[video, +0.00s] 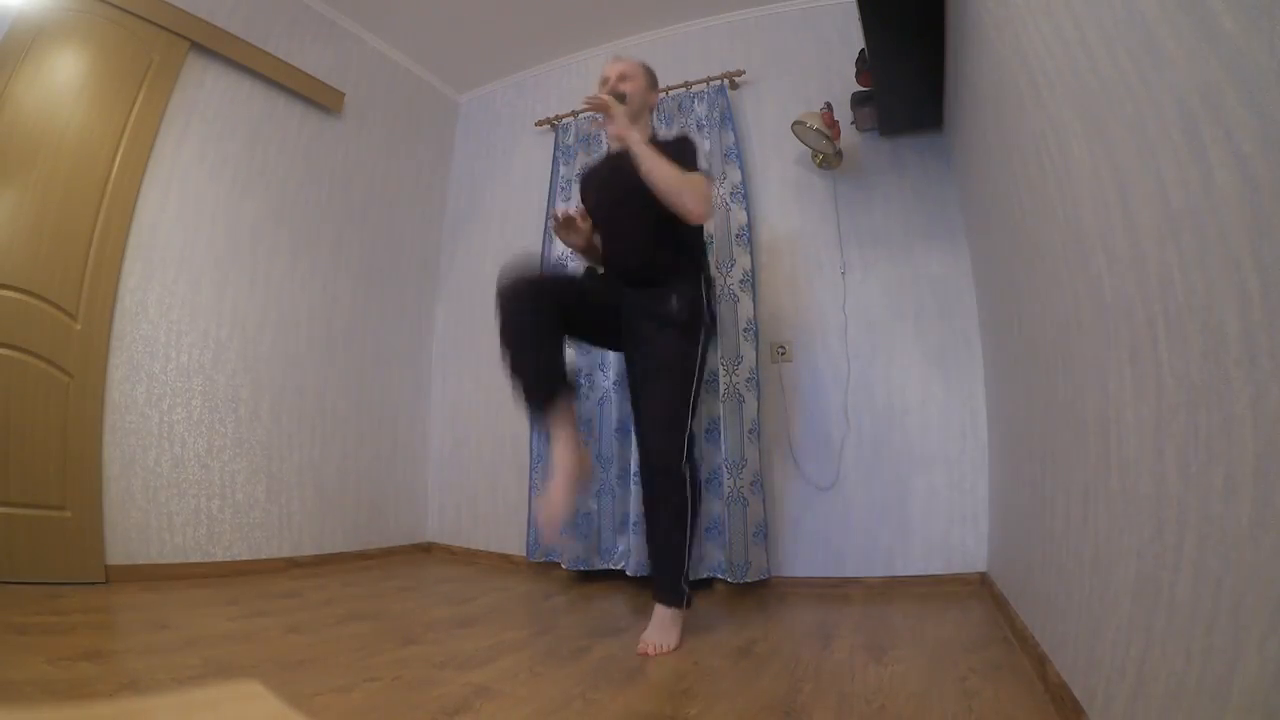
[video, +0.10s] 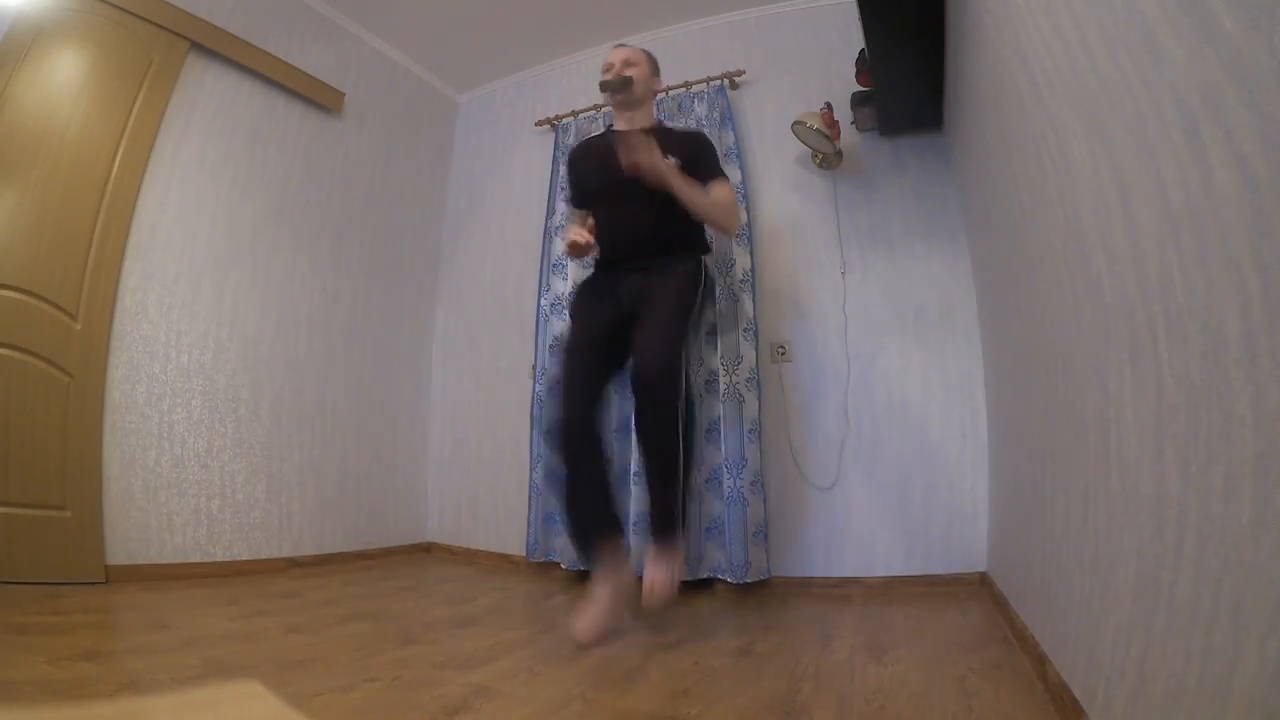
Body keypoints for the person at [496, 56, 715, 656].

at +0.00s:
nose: (612, 87)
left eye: (625, 79)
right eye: (605, 80)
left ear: (654, 98)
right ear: (596, 99)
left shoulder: (675, 150)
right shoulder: (597, 176)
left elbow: (698, 207)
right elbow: (606, 256)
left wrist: (635, 140)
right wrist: (583, 242)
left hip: (670, 311)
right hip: (614, 306)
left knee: (663, 452)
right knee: (523, 292)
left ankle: (669, 601)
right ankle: (566, 444)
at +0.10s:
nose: (617, 71)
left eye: (630, 64)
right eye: (608, 68)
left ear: (657, 84)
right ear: (600, 91)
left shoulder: (688, 144)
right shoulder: (586, 156)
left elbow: (729, 217)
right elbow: (580, 221)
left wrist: (669, 175)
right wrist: (578, 237)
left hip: (673, 275)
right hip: (608, 281)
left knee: (655, 370)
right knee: (575, 401)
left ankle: (663, 541)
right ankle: (607, 562)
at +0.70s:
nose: (629, 90)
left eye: (642, 82)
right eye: (621, 85)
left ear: (668, 100)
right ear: (612, 106)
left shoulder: (699, 166)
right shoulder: (595, 175)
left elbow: (732, 247)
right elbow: (569, 261)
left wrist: (680, 229)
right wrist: (577, 239)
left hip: (684, 298)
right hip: (620, 309)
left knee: (661, 298)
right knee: (636, 447)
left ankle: (684, 459)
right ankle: (657, 583)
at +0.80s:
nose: (620, 94)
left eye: (633, 87)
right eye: (613, 90)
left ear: (661, 107)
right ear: (604, 113)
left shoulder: (694, 172)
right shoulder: (592, 181)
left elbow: (736, 240)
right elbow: (550, 259)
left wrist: (710, 255)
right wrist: (558, 206)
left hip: (692, 302)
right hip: (628, 314)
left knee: (647, 274)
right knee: (636, 450)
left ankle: (670, 446)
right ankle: (663, 585)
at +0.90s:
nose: (614, 81)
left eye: (627, 74)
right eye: (606, 78)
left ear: (654, 94)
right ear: (600, 102)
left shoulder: (688, 146)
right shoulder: (595, 175)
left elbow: (749, 212)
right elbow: (585, 259)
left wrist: (688, 219)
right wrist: (569, 225)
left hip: (689, 290)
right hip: (630, 296)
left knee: (665, 400)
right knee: (565, 395)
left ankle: (686, 554)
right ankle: (615, 523)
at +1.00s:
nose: (615, 98)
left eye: (630, 92)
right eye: (609, 94)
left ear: (658, 112)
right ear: (604, 120)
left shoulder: (682, 167)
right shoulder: (607, 192)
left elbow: (727, 230)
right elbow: (619, 268)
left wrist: (640, 193)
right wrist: (583, 285)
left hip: (684, 322)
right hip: (627, 318)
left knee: (685, 464)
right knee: (529, 291)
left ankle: (695, 602)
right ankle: (572, 437)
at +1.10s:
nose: (619, 90)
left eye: (633, 82)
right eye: (612, 86)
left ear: (661, 103)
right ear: (605, 109)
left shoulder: (682, 155)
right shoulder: (606, 181)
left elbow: (715, 215)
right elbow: (633, 260)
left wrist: (632, 165)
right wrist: (601, 270)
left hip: (678, 313)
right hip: (621, 311)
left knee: (674, 449)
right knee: (527, 339)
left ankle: (691, 594)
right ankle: (578, 477)